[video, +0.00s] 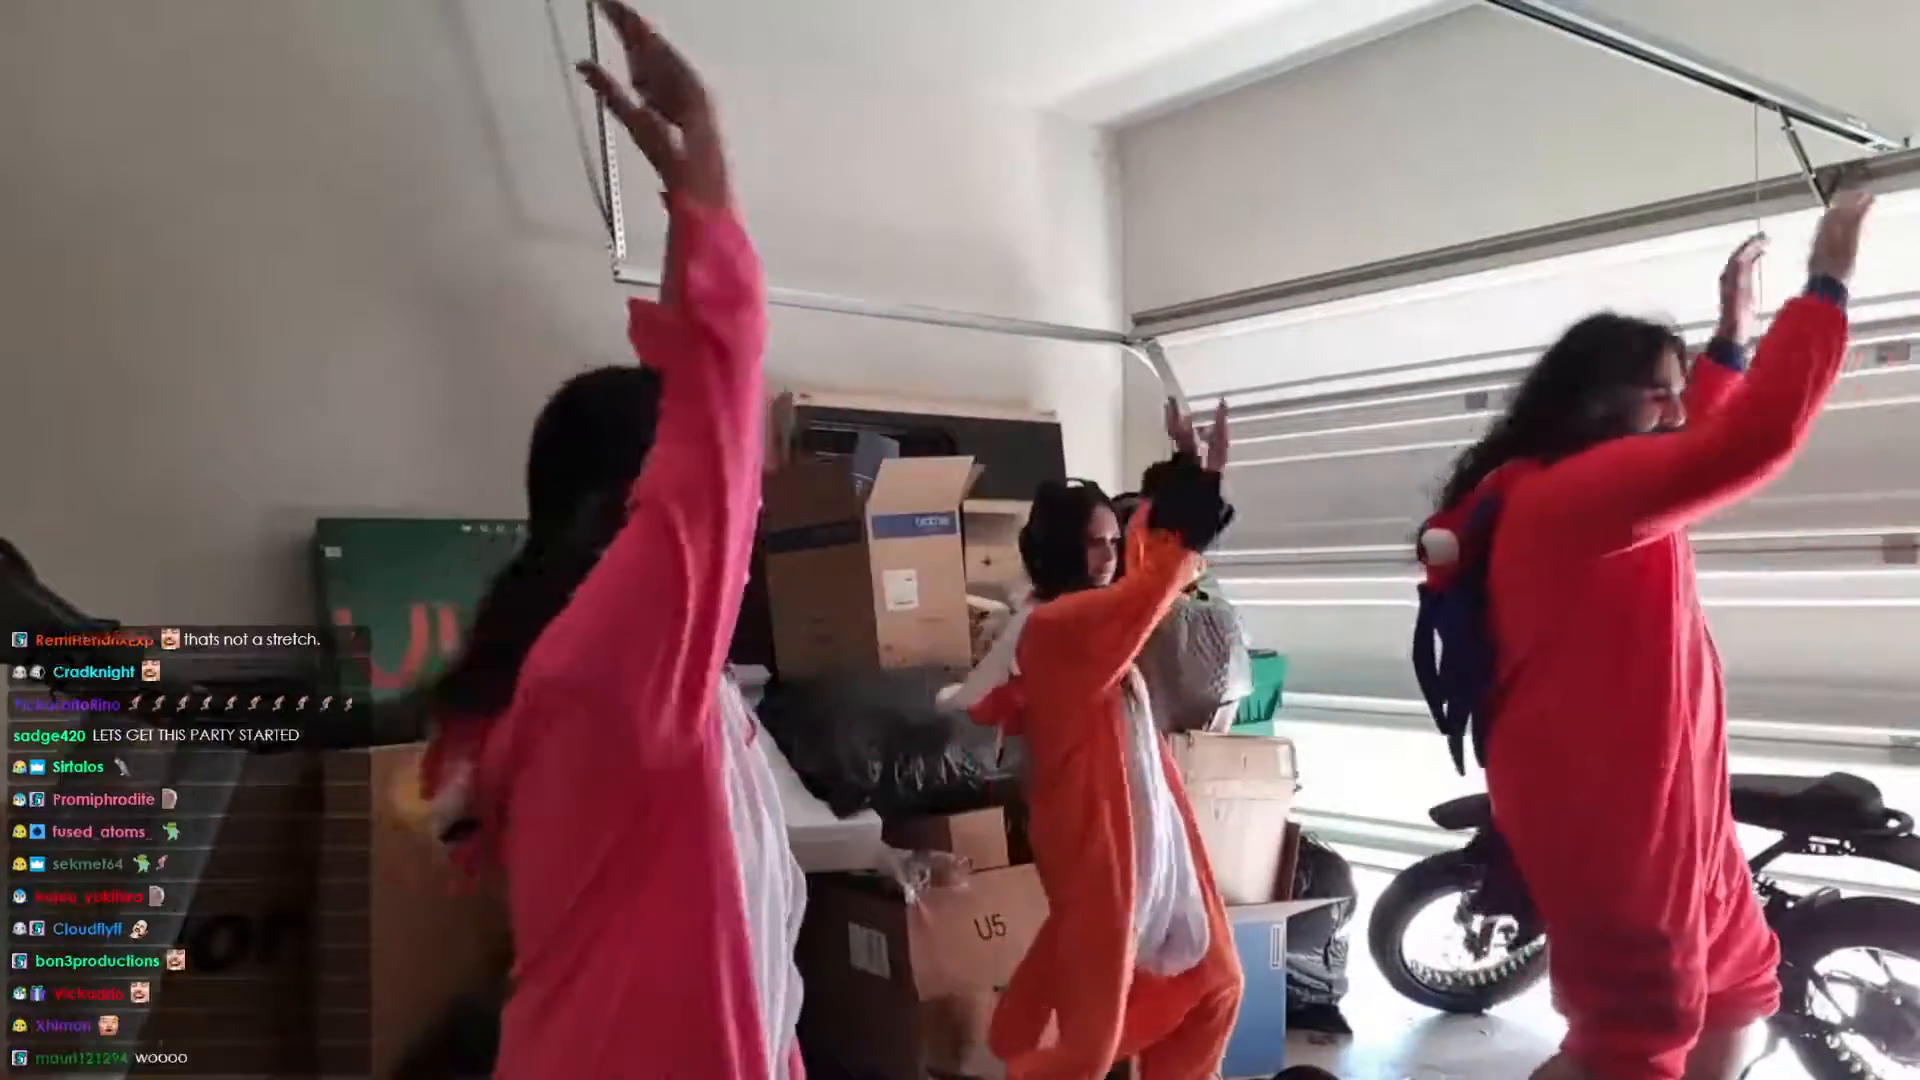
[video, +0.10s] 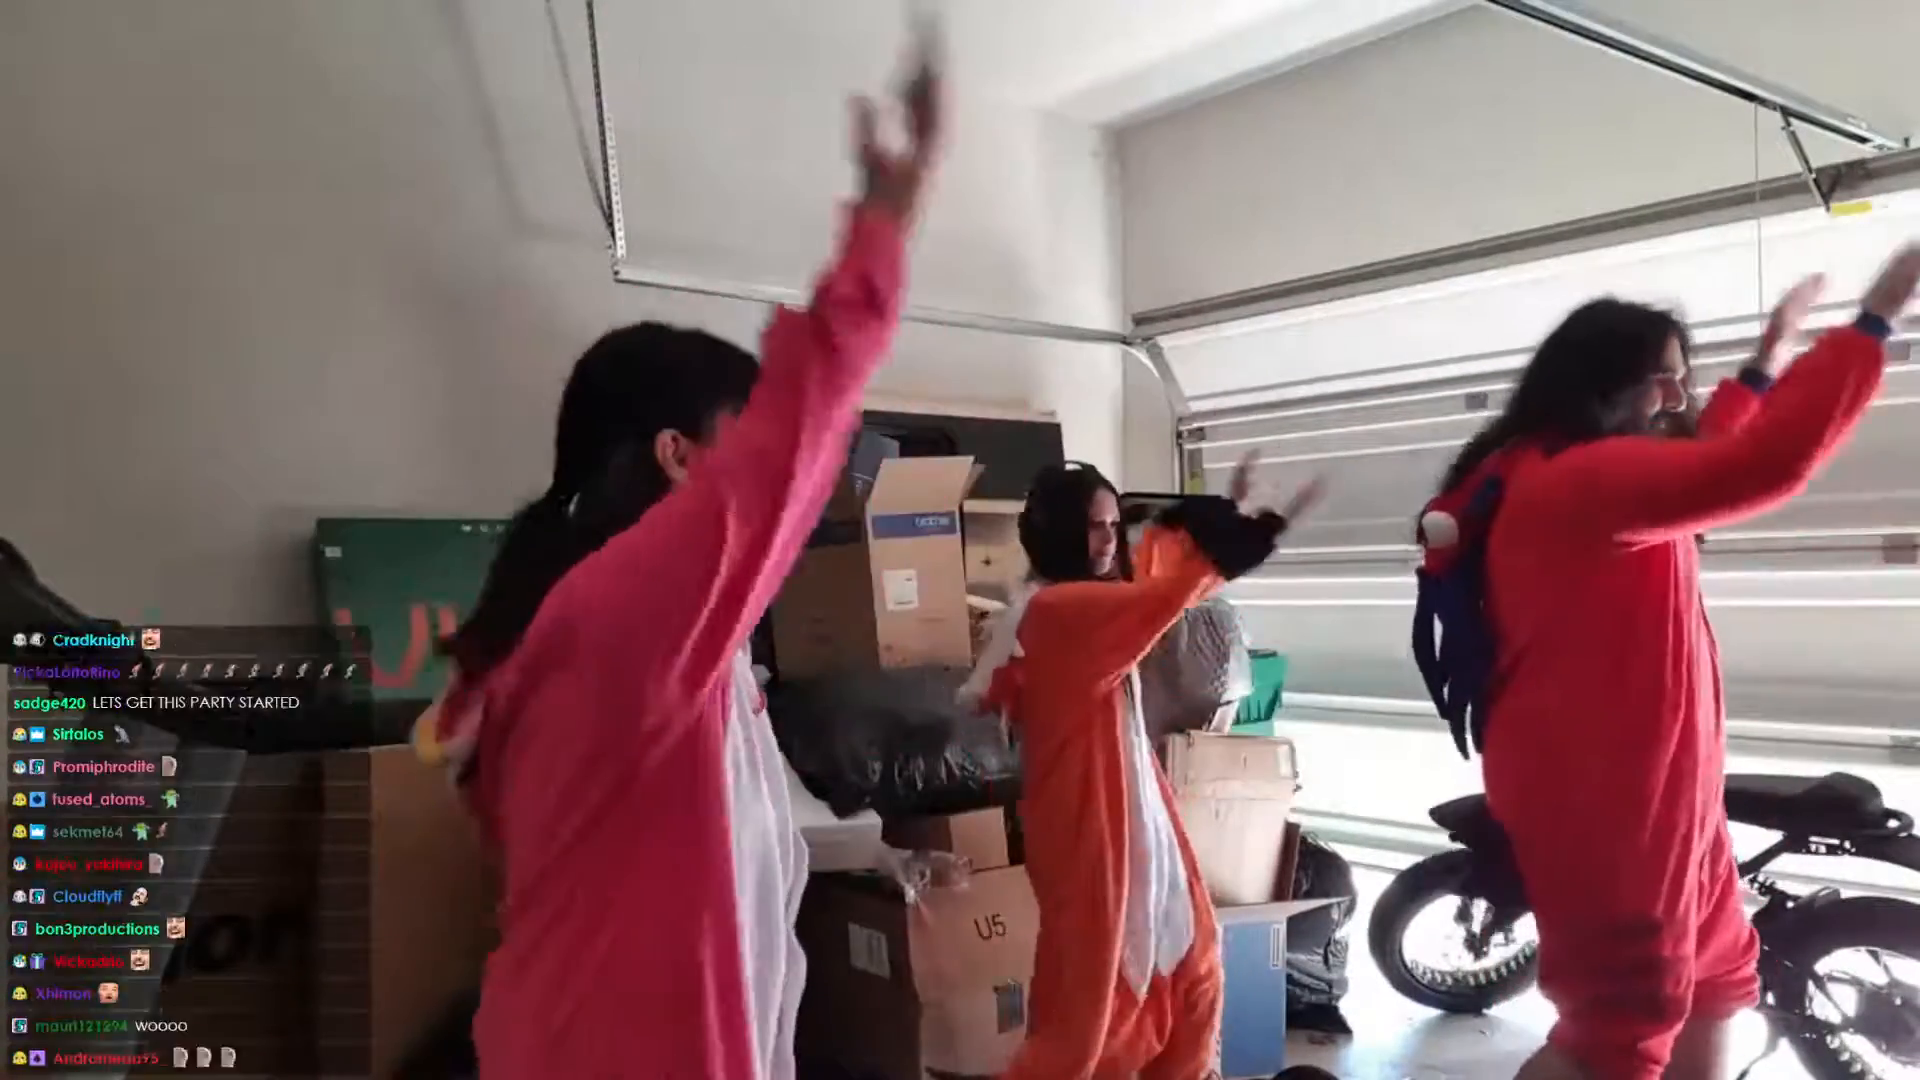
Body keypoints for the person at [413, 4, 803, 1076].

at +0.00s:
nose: (735, 518)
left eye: (728, 488)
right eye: (701, 485)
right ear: (630, 498)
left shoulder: (698, 696)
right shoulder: (602, 684)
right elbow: (702, 475)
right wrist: (702, 192)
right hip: (639, 1066)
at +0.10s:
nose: (762, 477)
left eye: (764, 448)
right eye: (747, 445)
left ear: (679, 464)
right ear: (676, 454)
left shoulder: (692, 645)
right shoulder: (603, 626)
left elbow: (722, 852)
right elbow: (773, 462)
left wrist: (879, 866)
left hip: (718, 1052)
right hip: (631, 1058)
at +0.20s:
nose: (821, 434)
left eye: (810, 403)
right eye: (795, 403)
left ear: (714, 432)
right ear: (711, 427)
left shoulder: (694, 601)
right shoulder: (637, 586)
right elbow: (876, 554)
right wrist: (1099, 461)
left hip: (658, 1026)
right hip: (576, 1036)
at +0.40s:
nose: (912, 538)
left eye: (901, 514)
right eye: (885, 514)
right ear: (799, 547)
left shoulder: (777, 723)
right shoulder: (714, 739)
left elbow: (791, 976)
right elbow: (740, 1031)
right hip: (487, 1051)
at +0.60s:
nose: (791, 461)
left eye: (783, 430)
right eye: (765, 424)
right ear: (672, 436)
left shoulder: (659, 611)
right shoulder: (634, 628)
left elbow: (800, 794)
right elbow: (807, 878)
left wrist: (936, 905)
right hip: (551, 1051)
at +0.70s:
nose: (718, 447)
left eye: (710, 416)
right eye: (691, 413)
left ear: (602, 440)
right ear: (599, 437)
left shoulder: (589, 608)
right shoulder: (569, 618)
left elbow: (830, 614)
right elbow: (845, 627)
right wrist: (1168, 564)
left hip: (645, 1042)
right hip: (598, 1055)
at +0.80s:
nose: (705, 483)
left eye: (700, 457)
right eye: (685, 458)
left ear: (602, 494)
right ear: (610, 488)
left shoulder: (541, 652)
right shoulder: (576, 651)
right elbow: (757, 491)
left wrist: (774, 299)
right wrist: (866, 215)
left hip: (556, 1040)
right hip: (630, 1050)